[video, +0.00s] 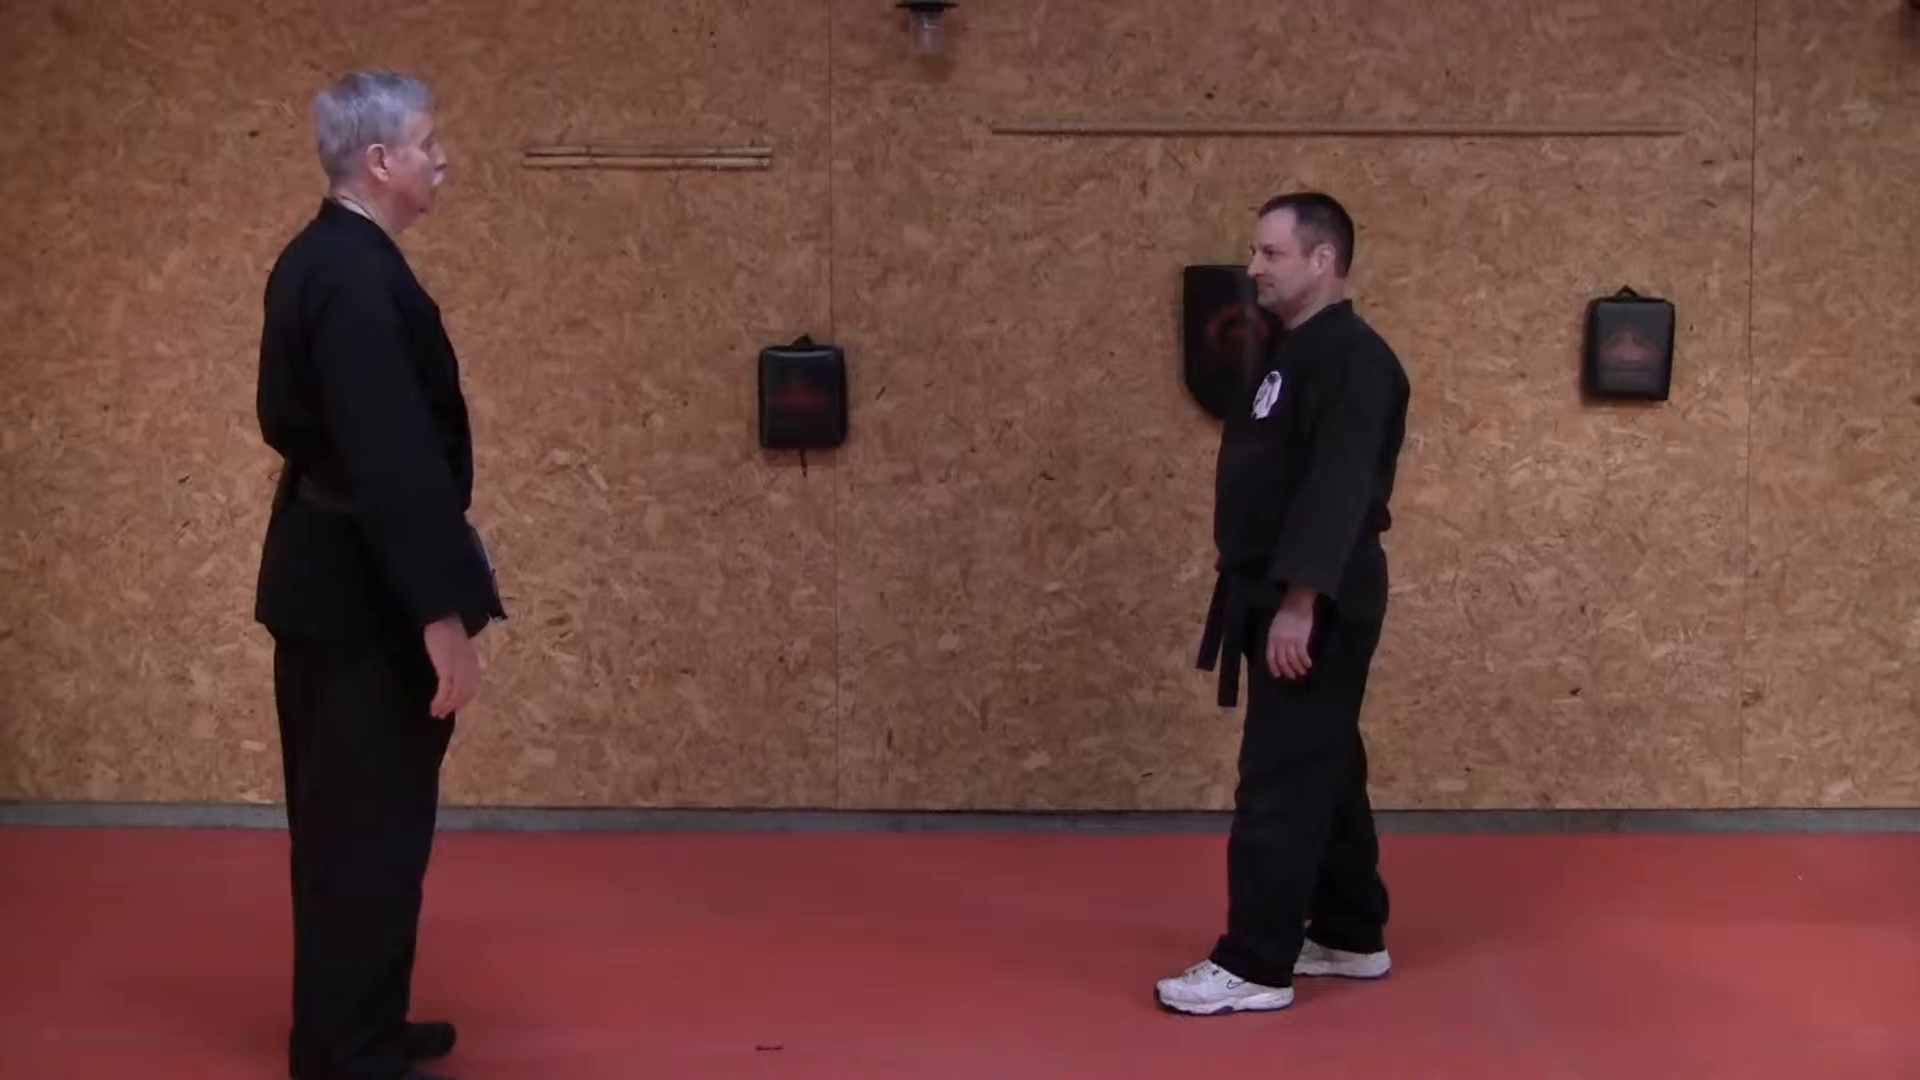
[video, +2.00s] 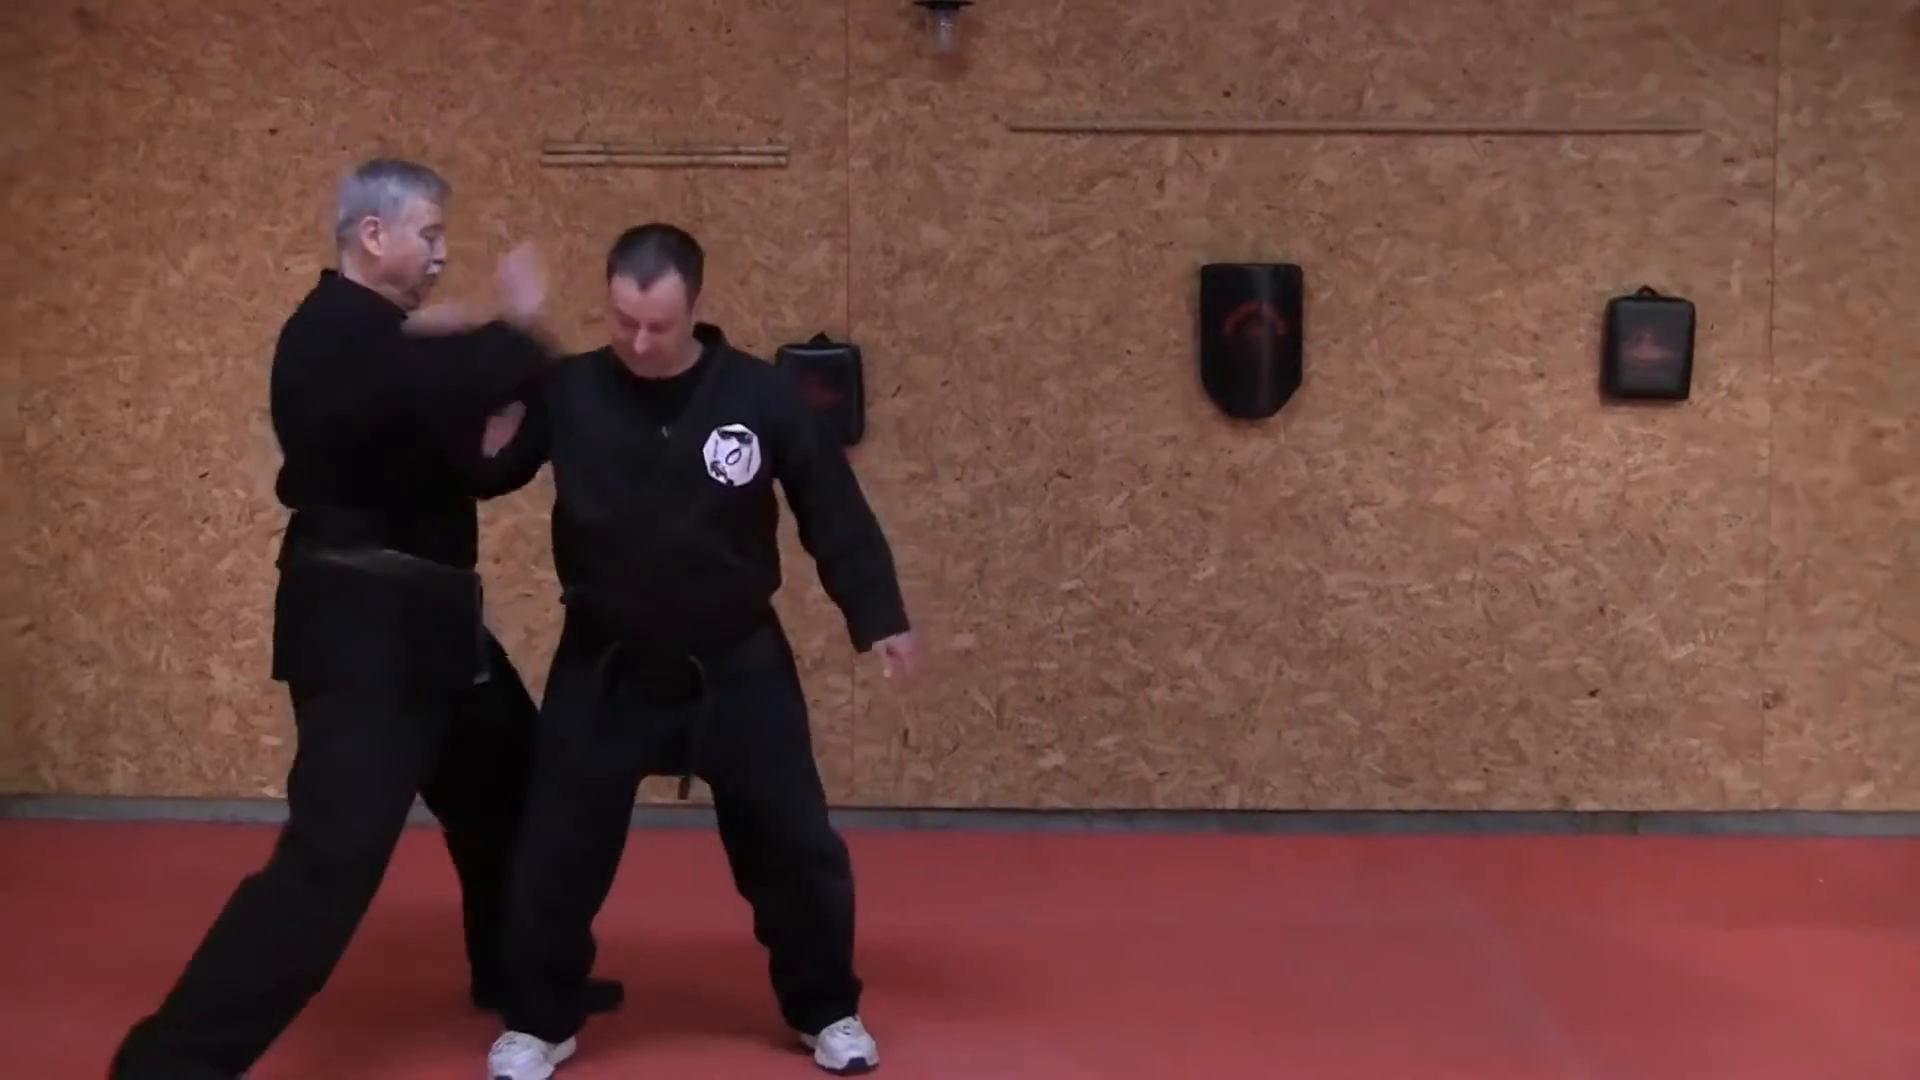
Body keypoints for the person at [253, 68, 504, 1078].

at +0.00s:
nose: (443, 163)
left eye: (437, 143)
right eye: (429, 145)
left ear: (361, 161)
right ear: (379, 160)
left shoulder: (317, 259)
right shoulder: (358, 274)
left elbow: (297, 428)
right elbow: (393, 459)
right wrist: (442, 617)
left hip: (330, 583)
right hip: (363, 596)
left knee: (354, 823)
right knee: (370, 830)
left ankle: (358, 1023)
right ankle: (344, 1042)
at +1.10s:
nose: (427, 189)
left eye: (424, 172)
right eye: (413, 172)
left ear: (346, 186)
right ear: (361, 183)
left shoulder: (284, 285)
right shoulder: (348, 298)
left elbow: (260, 456)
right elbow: (421, 455)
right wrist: (519, 593)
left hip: (321, 595)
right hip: (337, 604)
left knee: (441, 762)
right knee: (309, 834)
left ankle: (372, 998)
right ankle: (219, 1057)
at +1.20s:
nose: (414, 204)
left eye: (410, 186)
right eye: (399, 188)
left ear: (334, 202)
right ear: (345, 200)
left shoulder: (287, 293)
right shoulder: (329, 310)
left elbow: (237, 424)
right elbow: (440, 439)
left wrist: (235, 522)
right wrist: (594, 542)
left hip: (366, 597)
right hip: (322, 609)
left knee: (489, 740)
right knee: (315, 860)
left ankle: (424, 962)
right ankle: (224, 1064)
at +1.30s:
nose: (406, 212)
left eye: (402, 194)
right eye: (390, 196)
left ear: (330, 209)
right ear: (336, 209)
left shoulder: (308, 299)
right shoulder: (317, 315)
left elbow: (247, 424)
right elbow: (456, 406)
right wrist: (634, 451)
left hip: (395, 599)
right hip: (318, 611)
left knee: (497, 769)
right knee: (333, 844)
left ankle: (502, 960)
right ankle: (227, 1064)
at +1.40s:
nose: (400, 226)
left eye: (398, 207)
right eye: (384, 210)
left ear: (330, 220)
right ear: (326, 220)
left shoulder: (347, 316)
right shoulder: (314, 330)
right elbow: (452, 392)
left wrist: (512, 355)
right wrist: (635, 349)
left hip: (419, 603)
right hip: (335, 618)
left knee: (498, 787)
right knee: (335, 856)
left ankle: (511, 970)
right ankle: (231, 1066)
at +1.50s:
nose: (424, 236)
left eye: (422, 218)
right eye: (406, 219)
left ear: (372, 229)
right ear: (351, 228)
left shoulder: (431, 337)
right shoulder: (286, 346)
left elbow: (528, 462)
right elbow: (382, 420)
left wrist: (540, 352)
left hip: (441, 606)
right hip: (331, 617)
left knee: (527, 793)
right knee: (340, 838)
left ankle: (506, 974)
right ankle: (232, 1064)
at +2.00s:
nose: (442, 253)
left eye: (443, 236)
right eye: (429, 234)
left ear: (375, 240)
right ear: (369, 235)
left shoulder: (394, 339)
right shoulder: (334, 330)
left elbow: (470, 466)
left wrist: (500, 430)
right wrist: (513, 329)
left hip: (427, 617)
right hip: (360, 618)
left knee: (512, 784)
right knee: (331, 862)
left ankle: (521, 978)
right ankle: (170, 1060)